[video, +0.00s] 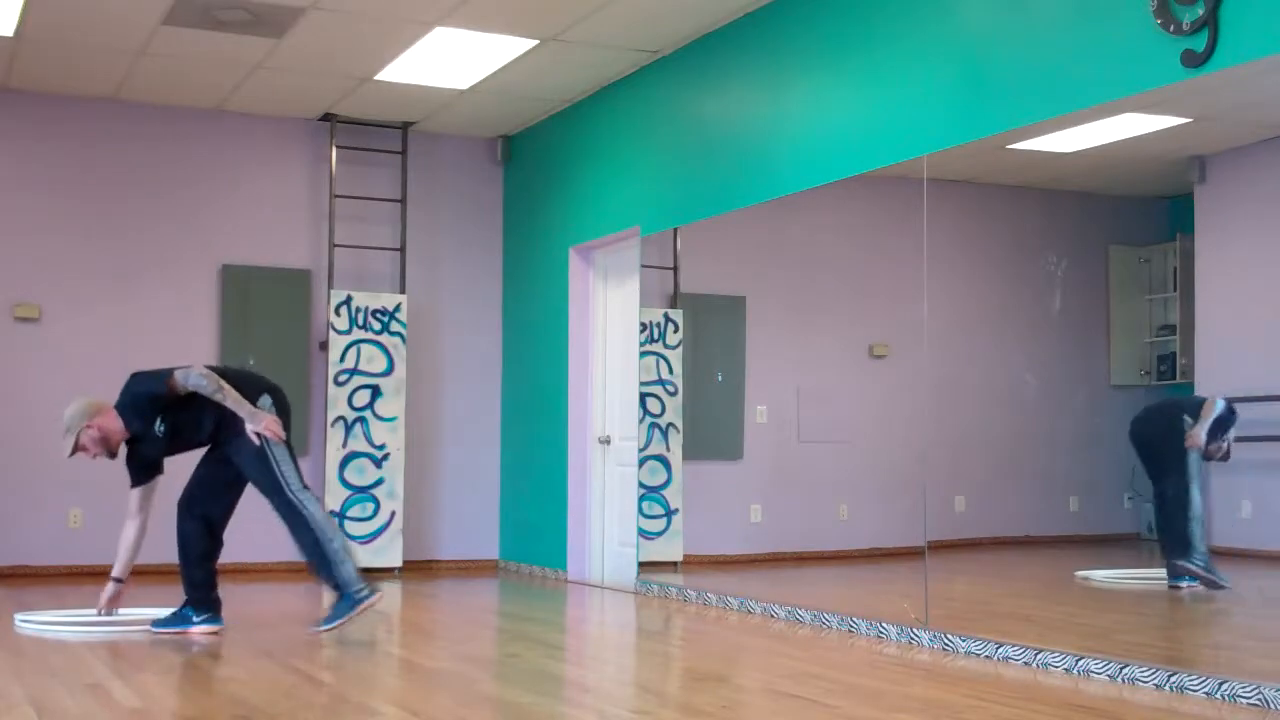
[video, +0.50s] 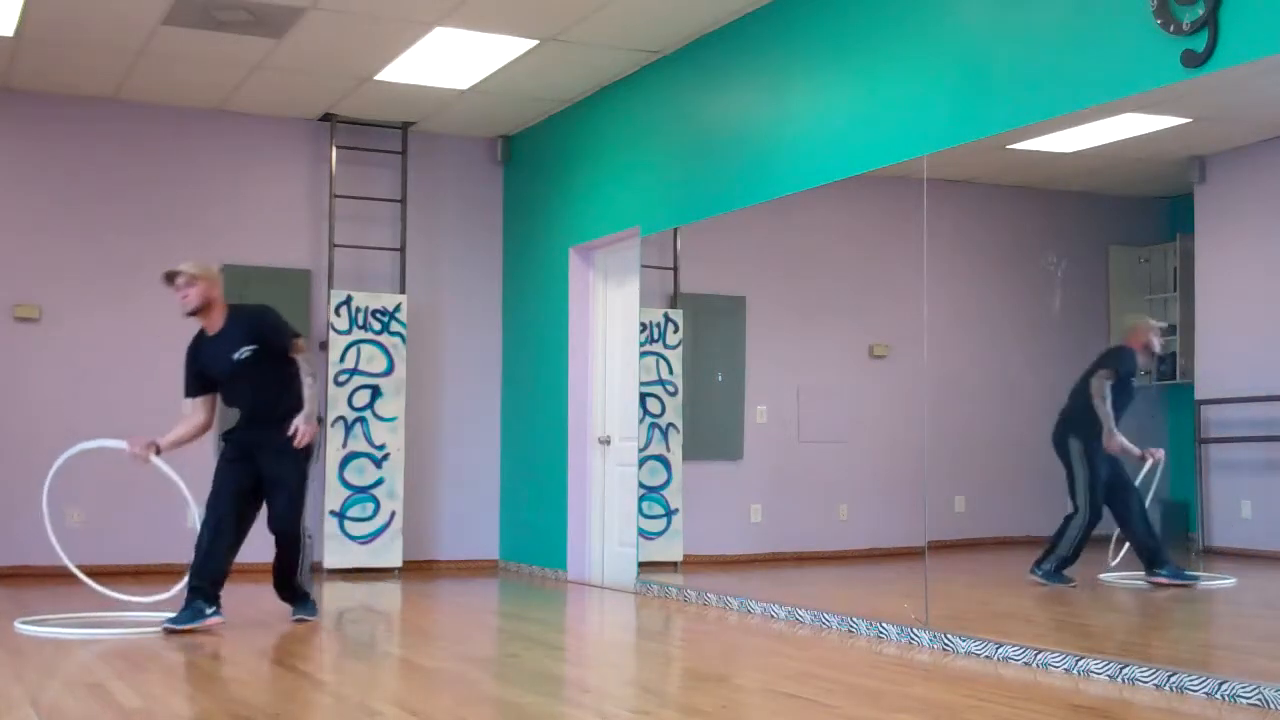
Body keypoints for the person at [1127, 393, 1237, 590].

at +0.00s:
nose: (1211, 454)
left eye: (1214, 456)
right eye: (1217, 453)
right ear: (1224, 441)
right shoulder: (1227, 418)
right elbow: (1216, 402)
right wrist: (1201, 428)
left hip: (1141, 426)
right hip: (1172, 421)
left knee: (1164, 494)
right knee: (1187, 490)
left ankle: (1177, 571)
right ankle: (1194, 557)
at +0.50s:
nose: (1159, 342)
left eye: (1159, 336)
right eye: (1155, 335)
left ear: (1138, 339)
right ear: (1138, 336)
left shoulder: (1127, 372)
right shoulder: (1123, 355)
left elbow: (1108, 430)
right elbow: (1099, 384)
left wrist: (1139, 452)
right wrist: (1109, 430)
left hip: (1093, 442)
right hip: (1076, 436)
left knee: (1128, 502)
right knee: (1087, 509)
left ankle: (1158, 566)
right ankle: (1047, 567)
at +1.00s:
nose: (1065, 299)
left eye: (1066, 295)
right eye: (1058, 294)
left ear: (1064, 302)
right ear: (1040, 301)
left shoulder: (1071, 343)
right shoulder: (1024, 336)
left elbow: (1088, 388)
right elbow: (998, 375)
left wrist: (1122, 373)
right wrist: (990, 416)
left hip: (1062, 426)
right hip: (1033, 425)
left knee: (1066, 496)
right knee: (1048, 495)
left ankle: (1052, 564)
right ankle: (1041, 566)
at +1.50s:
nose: (1039, 305)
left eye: (1041, 300)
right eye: (1033, 300)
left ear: (1043, 306)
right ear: (1018, 305)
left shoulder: (1049, 345)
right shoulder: (996, 339)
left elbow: (1065, 382)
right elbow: (977, 379)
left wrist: (1078, 390)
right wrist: (974, 418)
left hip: (1035, 427)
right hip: (1001, 426)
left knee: (1032, 498)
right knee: (993, 496)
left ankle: (1028, 560)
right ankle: (977, 562)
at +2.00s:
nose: (982, 307)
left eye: (984, 302)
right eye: (975, 303)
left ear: (987, 307)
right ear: (961, 308)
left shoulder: (1000, 344)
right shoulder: (941, 345)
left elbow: (1018, 383)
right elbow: (931, 392)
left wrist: (1036, 412)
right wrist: (929, 428)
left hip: (994, 432)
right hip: (957, 434)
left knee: (1010, 496)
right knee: (952, 503)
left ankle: (1021, 558)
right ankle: (944, 564)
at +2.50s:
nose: (970, 302)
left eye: (972, 297)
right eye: (962, 298)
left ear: (977, 301)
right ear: (949, 305)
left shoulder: (991, 341)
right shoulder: (935, 339)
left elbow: (1012, 375)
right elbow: (923, 385)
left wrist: (1016, 400)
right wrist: (923, 424)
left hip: (981, 432)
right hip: (944, 432)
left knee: (978, 502)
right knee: (939, 501)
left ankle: (971, 564)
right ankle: (938, 562)